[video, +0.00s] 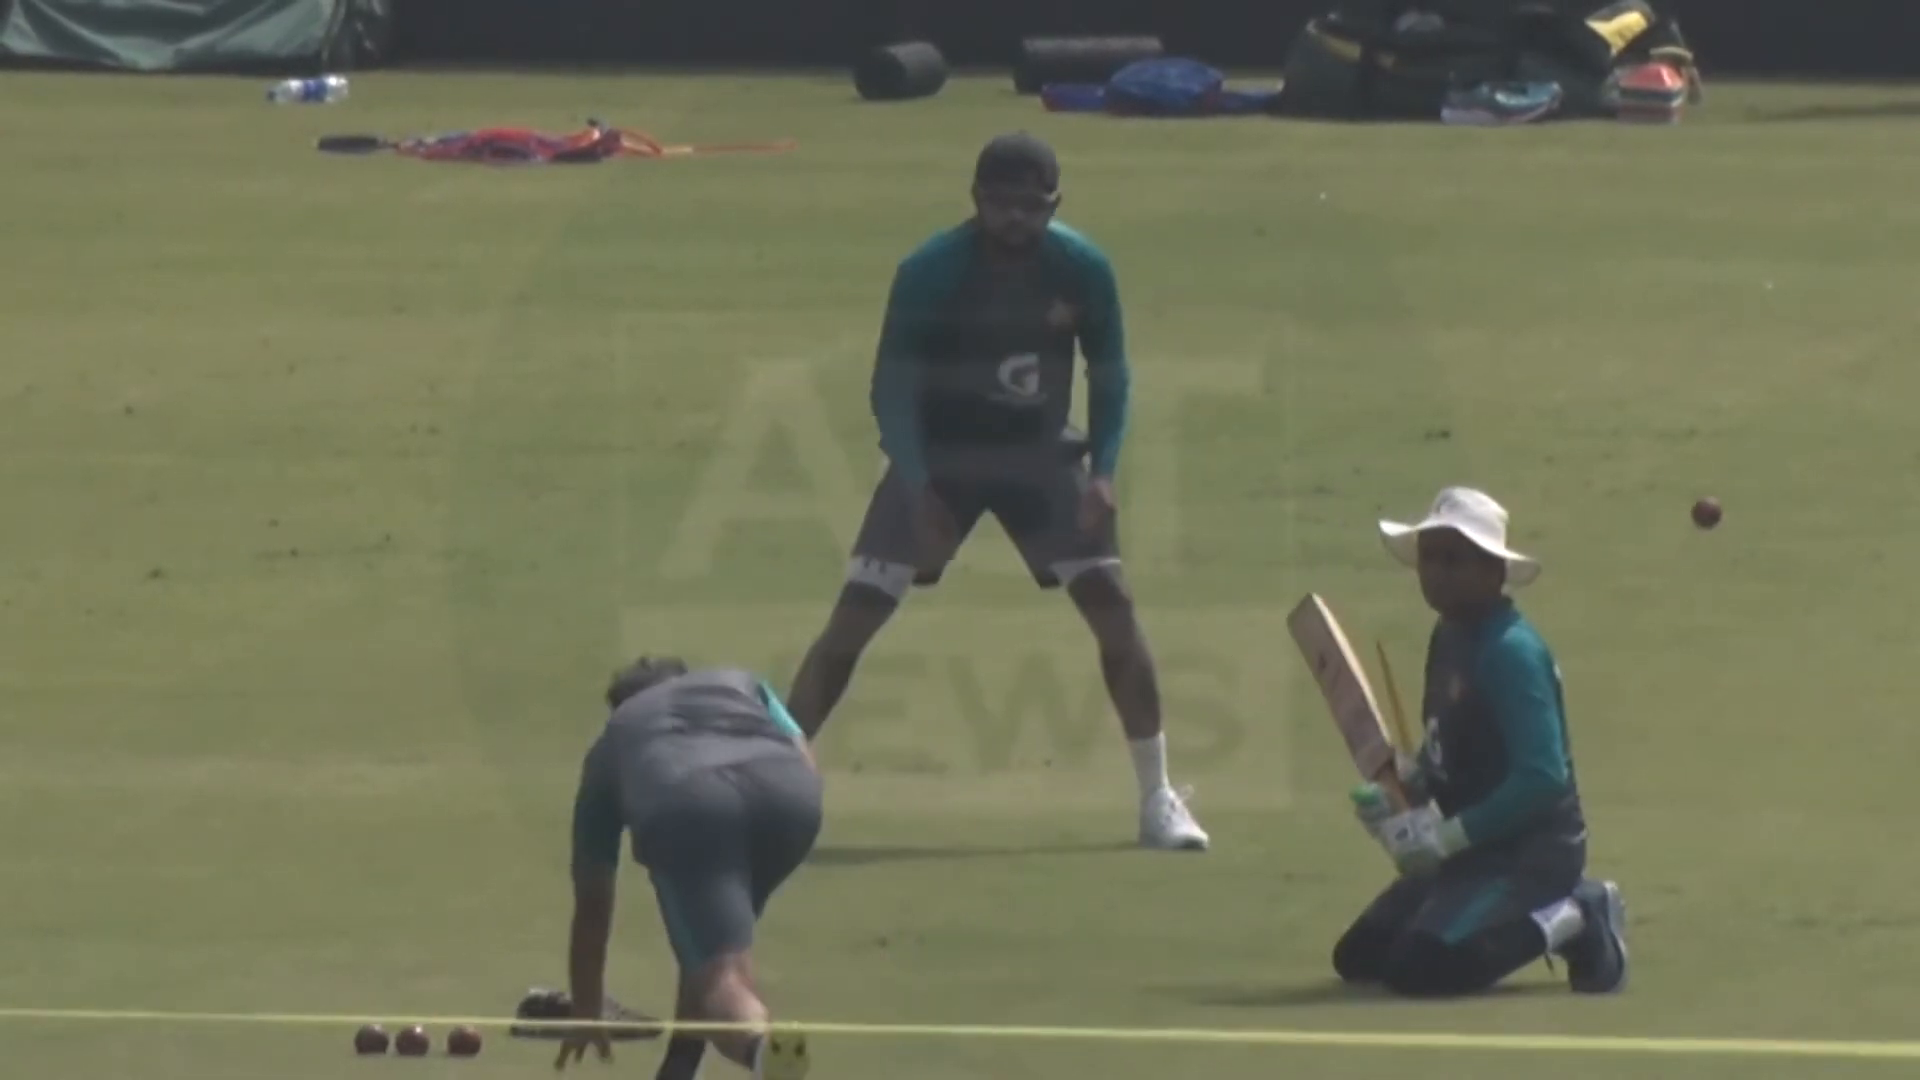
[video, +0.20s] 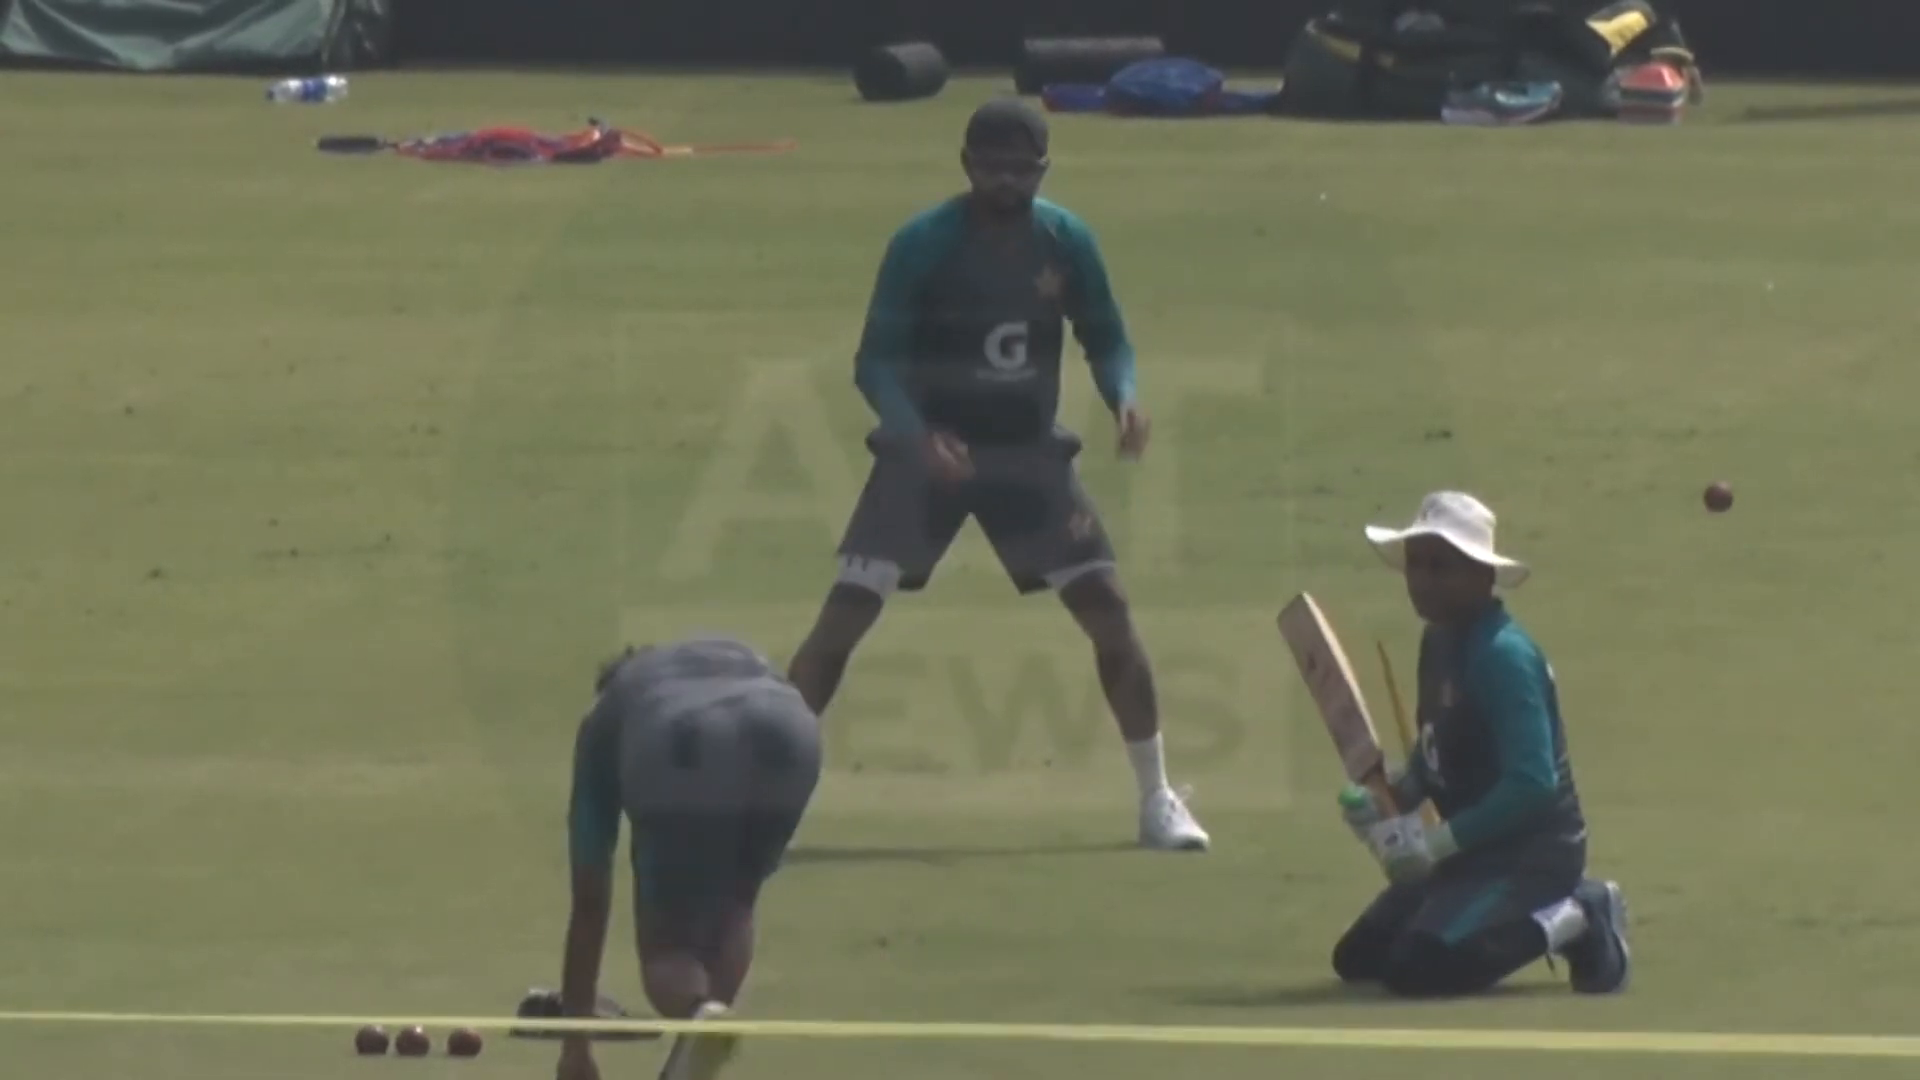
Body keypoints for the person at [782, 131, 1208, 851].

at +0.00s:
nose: (1015, 221)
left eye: (1031, 206)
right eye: (1001, 205)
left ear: (1054, 204)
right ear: (976, 200)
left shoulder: (1082, 269)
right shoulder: (928, 273)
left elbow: (1109, 372)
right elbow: (891, 390)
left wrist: (1102, 468)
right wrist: (915, 488)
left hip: (1041, 461)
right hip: (938, 461)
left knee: (1110, 605)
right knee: (857, 613)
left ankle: (1158, 798)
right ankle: (769, 777)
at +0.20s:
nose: (1010, 180)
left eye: (1024, 166)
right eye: (995, 165)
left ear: (1043, 169)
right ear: (968, 163)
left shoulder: (1066, 243)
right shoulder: (920, 245)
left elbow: (1105, 335)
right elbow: (875, 362)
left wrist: (1124, 396)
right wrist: (917, 435)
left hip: (1028, 457)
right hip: (925, 453)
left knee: (1109, 615)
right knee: (844, 616)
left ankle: (1157, 800)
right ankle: (764, 781)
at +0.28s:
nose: (996, 169)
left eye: (1011, 156)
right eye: (981, 155)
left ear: (1030, 157)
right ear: (956, 153)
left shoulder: (1053, 233)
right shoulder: (911, 235)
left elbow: (1102, 342)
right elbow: (862, 351)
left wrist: (1107, 335)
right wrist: (910, 399)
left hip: (1019, 458)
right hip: (917, 456)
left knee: (1100, 612)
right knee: (844, 614)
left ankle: (1158, 800)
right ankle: (770, 787)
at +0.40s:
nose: (987, 156)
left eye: (1000, 142)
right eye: (972, 141)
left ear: (1020, 140)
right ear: (943, 136)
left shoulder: (1043, 219)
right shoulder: (899, 223)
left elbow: (1109, 322)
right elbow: (852, 338)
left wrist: (1098, 240)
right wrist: (901, 352)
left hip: (1012, 451)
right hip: (911, 452)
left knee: (1088, 615)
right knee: (841, 618)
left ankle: (1155, 798)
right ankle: (766, 791)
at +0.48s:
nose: (981, 151)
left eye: (995, 137)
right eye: (966, 135)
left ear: (1014, 138)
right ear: (937, 131)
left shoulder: (1032, 212)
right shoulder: (894, 216)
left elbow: (1112, 292)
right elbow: (845, 331)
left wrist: (1079, 196)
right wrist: (895, 334)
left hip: (1010, 448)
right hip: (909, 450)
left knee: (1080, 613)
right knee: (840, 619)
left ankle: (1155, 798)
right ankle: (771, 795)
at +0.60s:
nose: (980, 136)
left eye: (992, 122)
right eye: (964, 121)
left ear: (1011, 130)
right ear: (934, 124)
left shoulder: (1028, 206)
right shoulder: (889, 216)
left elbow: (1115, 253)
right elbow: (840, 331)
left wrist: (1059, 157)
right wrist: (882, 337)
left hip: (1011, 446)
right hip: (910, 450)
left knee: (1076, 619)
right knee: (835, 629)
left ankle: (1155, 799)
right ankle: (772, 799)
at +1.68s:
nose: (979, 143)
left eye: (993, 130)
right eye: (965, 129)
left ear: (1011, 135)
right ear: (934, 127)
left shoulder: (1037, 206)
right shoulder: (895, 222)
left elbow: (1126, 297)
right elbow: (853, 342)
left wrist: (1078, 267)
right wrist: (880, 401)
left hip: (1022, 442)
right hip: (923, 446)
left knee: (1080, 623)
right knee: (849, 615)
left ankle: (1155, 798)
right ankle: (778, 772)